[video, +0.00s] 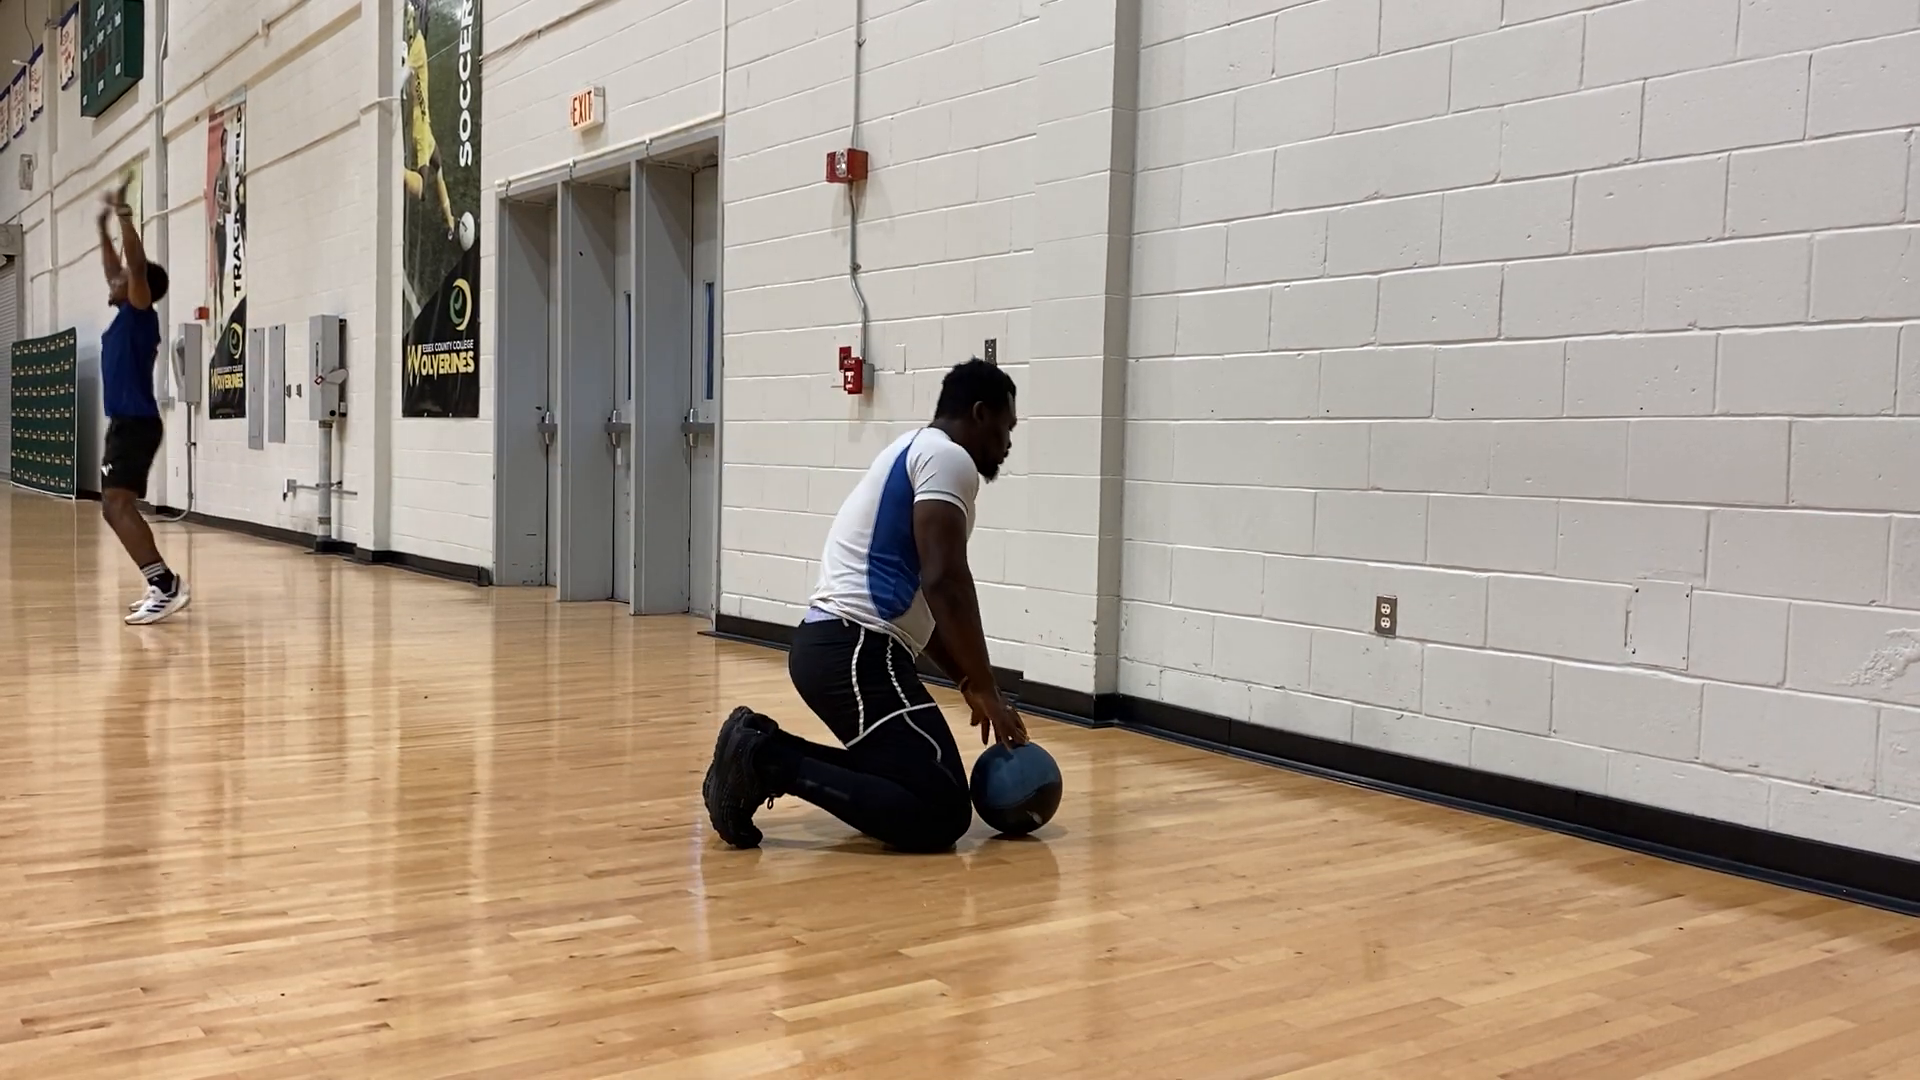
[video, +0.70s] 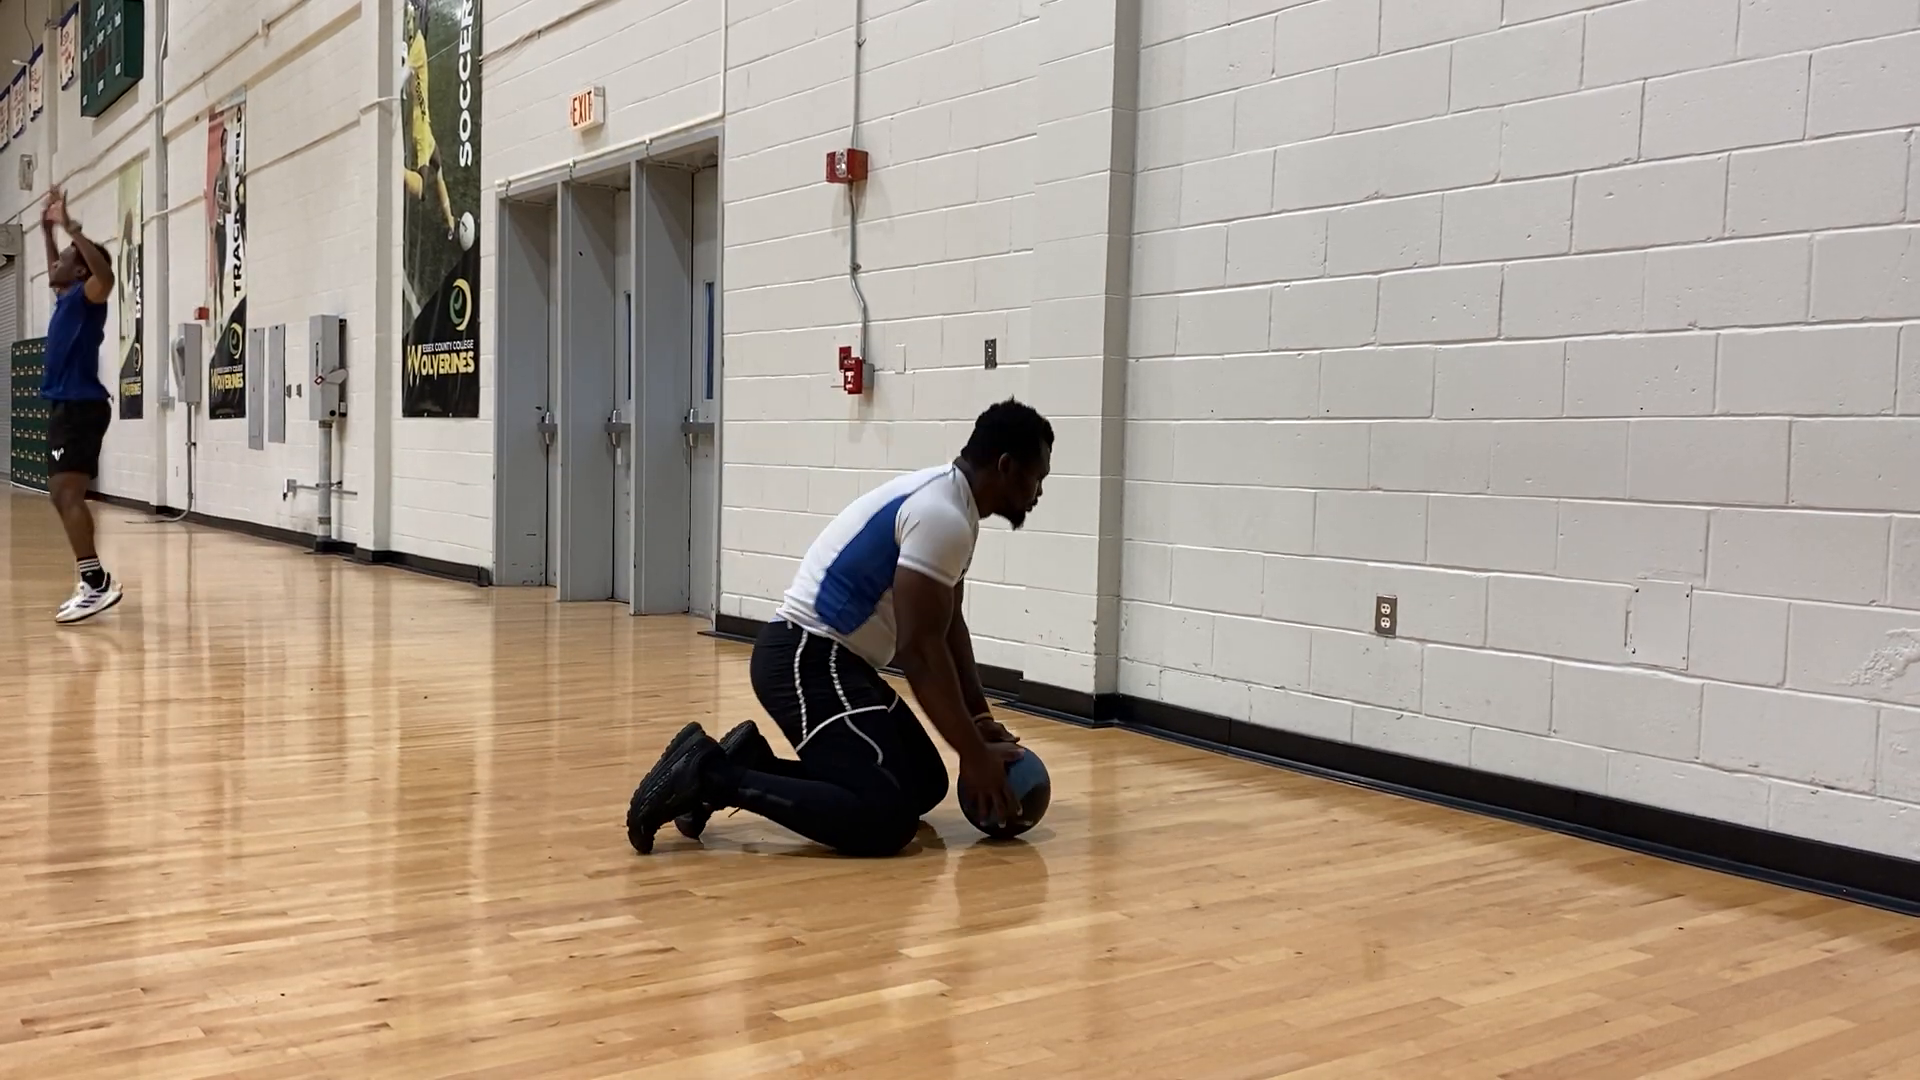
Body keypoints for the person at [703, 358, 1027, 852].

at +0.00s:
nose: (1009, 444)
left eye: (1011, 430)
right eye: (1007, 428)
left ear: (960, 413)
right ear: (979, 415)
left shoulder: (913, 453)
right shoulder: (945, 455)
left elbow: (909, 607)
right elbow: (944, 580)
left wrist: (970, 684)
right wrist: (985, 689)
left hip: (838, 643)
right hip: (856, 647)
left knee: (936, 793)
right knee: (940, 817)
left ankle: (767, 745)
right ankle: (768, 760)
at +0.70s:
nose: (1041, 493)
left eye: (1044, 479)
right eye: (1038, 477)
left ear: (994, 461)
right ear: (1005, 466)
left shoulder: (953, 509)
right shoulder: (941, 513)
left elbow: (949, 631)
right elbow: (916, 651)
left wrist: (981, 722)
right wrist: (973, 753)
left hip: (836, 658)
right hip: (806, 657)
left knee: (921, 785)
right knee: (882, 823)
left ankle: (757, 766)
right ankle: (711, 777)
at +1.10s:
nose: (996, 421)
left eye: (991, 407)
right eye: (986, 409)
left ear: (948, 422)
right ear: (951, 421)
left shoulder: (939, 487)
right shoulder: (905, 475)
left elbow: (925, 582)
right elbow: (855, 592)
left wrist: (977, 662)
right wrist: (945, 671)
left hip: (841, 657)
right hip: (805, 655)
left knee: (921, 783)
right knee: (879, 821)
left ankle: (760, 766)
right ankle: (701, 780)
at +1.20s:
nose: (985, 404)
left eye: (981, 390)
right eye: (975, 392)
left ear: (941, 403)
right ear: (941, 401)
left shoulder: (931, 468)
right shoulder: (896, 448)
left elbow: (916, 562)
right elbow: (835, 548)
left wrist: (967, 626)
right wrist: (938, 612)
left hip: (852, 655)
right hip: (818, 651)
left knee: (924, 784)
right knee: (880, 820)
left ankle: (760, 765)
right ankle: (702, 781)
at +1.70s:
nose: (928, 358)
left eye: (918, 347)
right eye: (912, 352)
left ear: (884, 382)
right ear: (880, 382)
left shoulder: (907, 442)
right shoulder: (835, 447)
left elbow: (904, 538)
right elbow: (811, 555)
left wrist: (963, 550)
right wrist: (919, 535)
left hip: (871, 656)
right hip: (819, 652)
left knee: (924, 790)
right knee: (841, 830)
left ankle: (765, 762)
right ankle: (672, 763)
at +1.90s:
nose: (884, 372)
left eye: (878, 359)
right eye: (867, 366)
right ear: (820, 389)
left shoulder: (883, 428)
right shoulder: (786, 454)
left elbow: (901, 508)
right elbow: (731, 554)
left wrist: (942, 516)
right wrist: (852, 527)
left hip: (862, 659)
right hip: (802, 656)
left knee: (909, 790)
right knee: (841, 830)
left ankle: (743, 762)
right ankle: (674, 767)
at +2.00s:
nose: (857, 367)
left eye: (855, 353)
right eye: (837, 361)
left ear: (859, 347)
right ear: (790, 379)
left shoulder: (886, 423)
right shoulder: (762, 450)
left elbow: (954, 500)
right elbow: (674, 542)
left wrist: (934, 504)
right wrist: (793, 526)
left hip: (855, 657)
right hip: (796, 654)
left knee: (889, 793)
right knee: (837, 831)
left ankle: (717, 755)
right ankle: (667, 765)